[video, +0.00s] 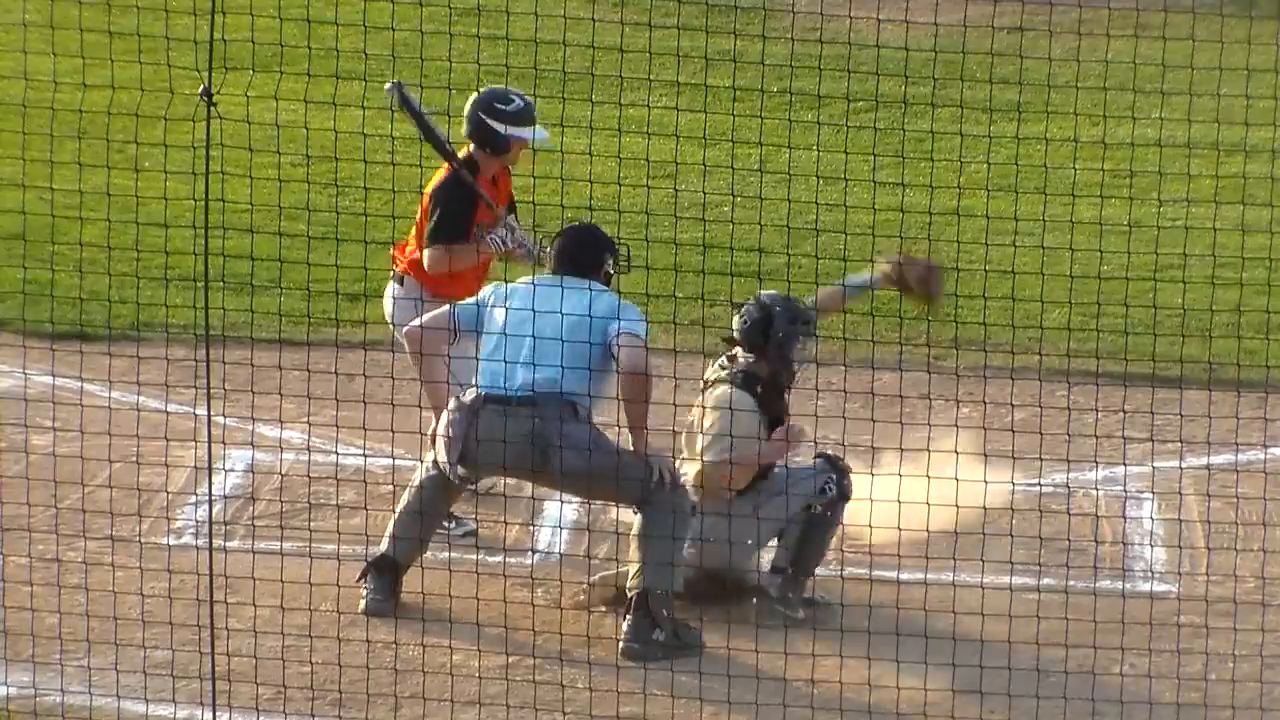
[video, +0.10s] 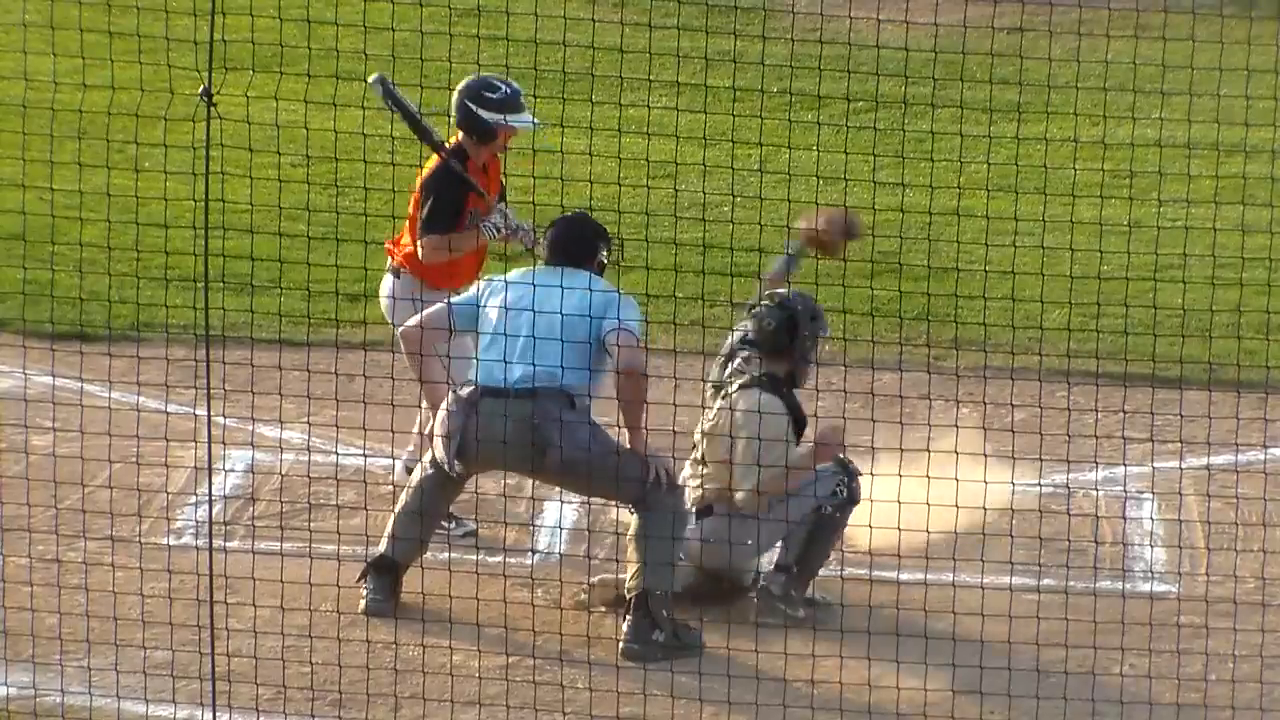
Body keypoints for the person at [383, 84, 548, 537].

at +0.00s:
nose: (525, 145)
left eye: (525, 136)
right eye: (519, 137)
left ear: (491, 139)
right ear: (498, 140)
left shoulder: (499, 175)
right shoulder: (453, 186)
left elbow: (499, 223)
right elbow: (435, 260)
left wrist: (515, 241)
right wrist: (490, 245)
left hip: (459, 296)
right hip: (417, 297)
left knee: (471, 396)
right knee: (450, 404)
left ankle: (443, 494)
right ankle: (432, 507)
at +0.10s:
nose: (514, 131)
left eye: (514, 123)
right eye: (507, 124)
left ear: (481, 127)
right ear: (487, 127)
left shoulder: (489, 161)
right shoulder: (445, 175)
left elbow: (486, 212)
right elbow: (430, 249)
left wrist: (512, 230)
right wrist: (484, 231)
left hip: (454, 286)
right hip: (415, 289)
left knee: (462, 388)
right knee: (445, 397)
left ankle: (410, 465)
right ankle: (434, 504)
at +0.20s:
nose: (501, 119)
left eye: (501, 111)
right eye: (494, 112)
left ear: (466, 113)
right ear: (473, 115)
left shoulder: (474, 150)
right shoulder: (435, 162)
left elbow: (472, 201)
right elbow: (423, 237)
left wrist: (503, 212)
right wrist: (476, 217)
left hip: (444, 278)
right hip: (409, 282)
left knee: (458, 375)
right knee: (445, 389)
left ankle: (390, 455)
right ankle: (432, 505)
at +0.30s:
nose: (486, 108)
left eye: (485, 99)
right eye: (479, 100)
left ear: (452, 103)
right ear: (456, 103)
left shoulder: (455, 139)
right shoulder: (422, 150)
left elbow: (457, 196)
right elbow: (412, 229)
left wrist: (492, 197)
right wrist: (467, 206)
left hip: (429, 275)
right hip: (402, 279)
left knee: (442, 374)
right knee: (449, 381)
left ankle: (372, 455)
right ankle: (428, 503)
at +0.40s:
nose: (471, 102)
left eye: (470, 94)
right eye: (465, 95)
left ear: (433, 97)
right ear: (444, 98)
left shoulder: (434, 136)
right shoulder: (407, 144)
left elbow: (441, 191)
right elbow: (399, 221)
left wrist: (479, 189)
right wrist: (453, 200)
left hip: (414, 274)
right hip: (392, 276)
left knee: (417, 381)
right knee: (435, 383)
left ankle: (354, 473)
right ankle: (432, 506)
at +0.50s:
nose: (453, 101)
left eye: (453, 91)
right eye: (449, 92)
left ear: (408, 89)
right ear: (429, 95)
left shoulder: (404, 132)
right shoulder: (394, 140)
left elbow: (402, 195)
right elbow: (386, 215)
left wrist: (444, 183)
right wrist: (440, 197)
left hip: (380, 269)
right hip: (375, 273)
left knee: (395, 378)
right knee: (412, 380)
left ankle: (349, 483)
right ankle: (428, 505)